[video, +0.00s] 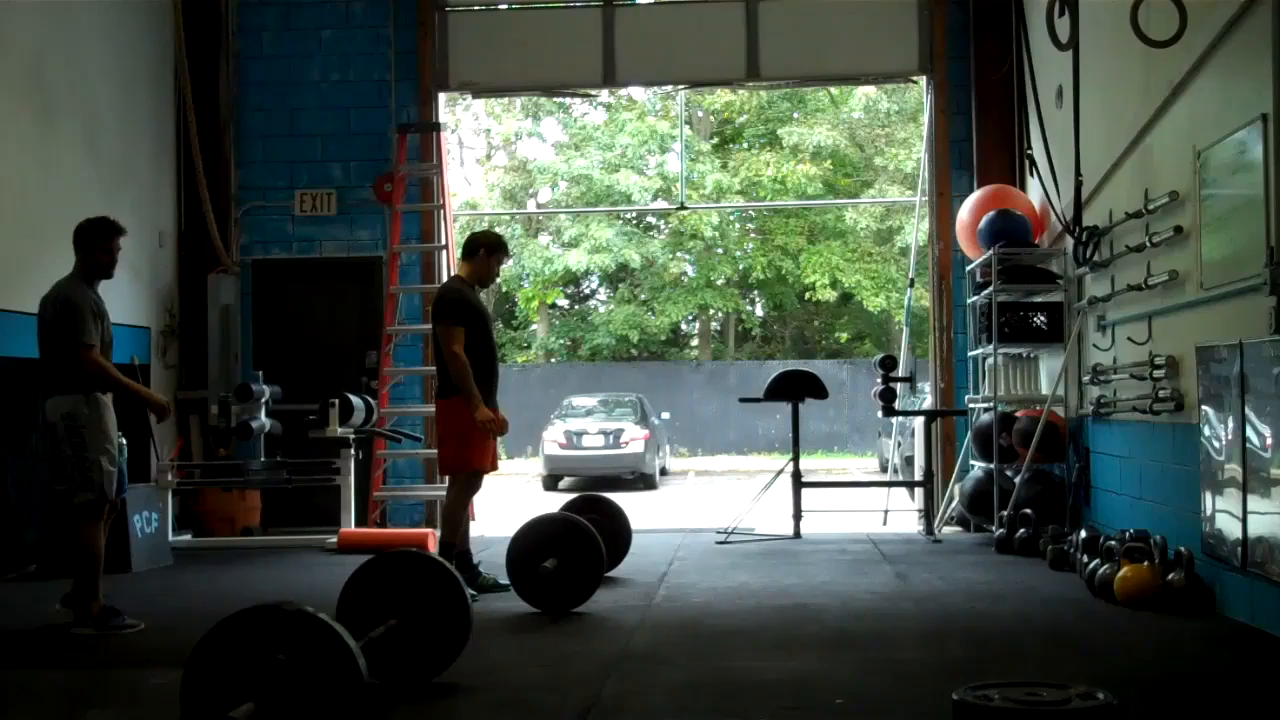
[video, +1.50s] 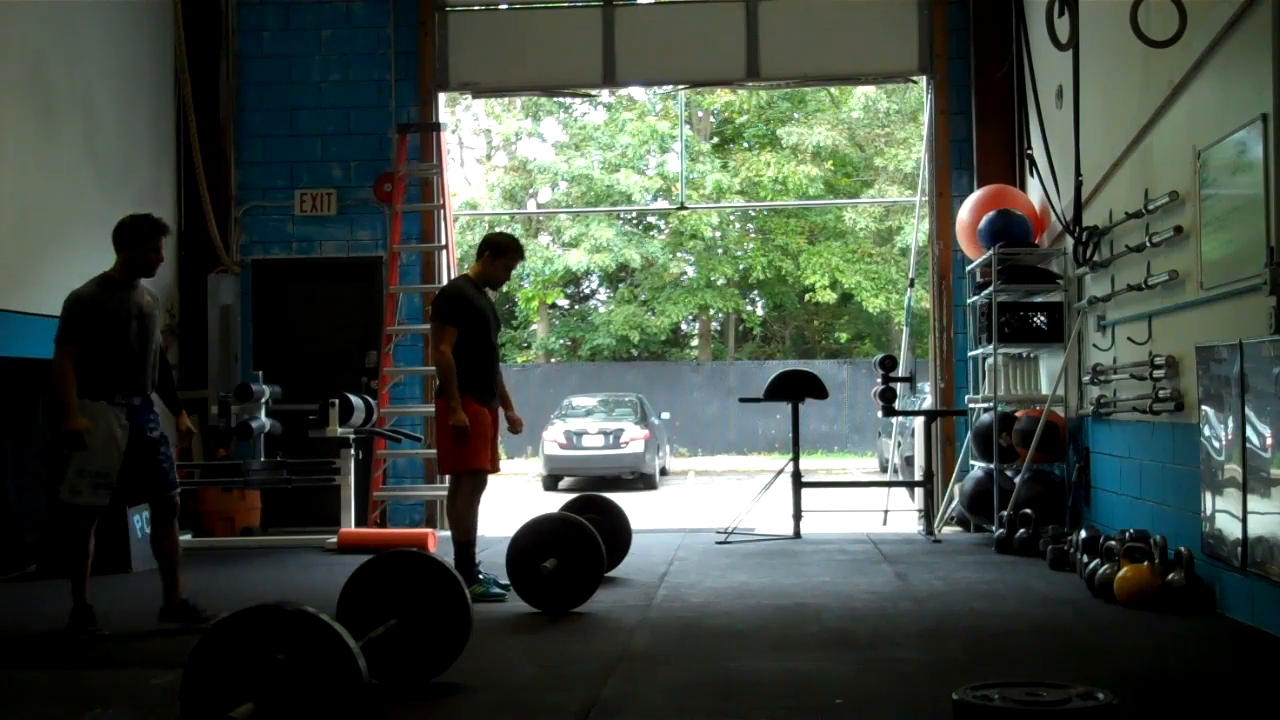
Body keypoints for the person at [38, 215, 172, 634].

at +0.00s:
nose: (118, 258)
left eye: (118, 250)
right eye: (113, 250)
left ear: (89, 251)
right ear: (93, 250)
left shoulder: (66, 295)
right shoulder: (79, 298)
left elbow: (80, 363)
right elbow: (89, 361)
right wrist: (146, 394)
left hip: (72, 412)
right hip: (84, 413)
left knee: (92, 506)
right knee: (95, 508)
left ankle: (82, 596)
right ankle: (91, 607)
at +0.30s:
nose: (126, 263)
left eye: (129, 256)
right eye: (119, 256)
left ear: (127, 257)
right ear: (98, 255)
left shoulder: (112, 306)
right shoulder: (68, 301)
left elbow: (115, 366)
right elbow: (51, 360)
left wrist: (135, 408)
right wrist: (57, 412)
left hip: (102, 410)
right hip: (78, 410)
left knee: (95, 504)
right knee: (94, 503)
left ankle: (77, 599)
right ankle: (92, 602)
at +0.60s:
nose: (121, 263)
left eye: (126, 256)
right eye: (114, 255)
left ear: (131, 260)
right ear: (94, 254)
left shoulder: (129, 311)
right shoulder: (57, 303)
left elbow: (138, 368)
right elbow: (23, 360)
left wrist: (177, 405)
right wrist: (9, 410)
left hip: (108, 418)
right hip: (66, 415)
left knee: (92, 510)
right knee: (72, 509)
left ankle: (82, 596)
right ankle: (69, 601)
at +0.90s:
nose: (111, 261)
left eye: (116, 254)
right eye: (102, 253)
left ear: (121, 256)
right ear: (84, 254)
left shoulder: (133, 307)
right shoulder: (55, 306)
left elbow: (145, 365)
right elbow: (28, 365)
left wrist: (151, 409)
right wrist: (20, 417)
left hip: (112, 416)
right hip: (67, 414)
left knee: (95, 507)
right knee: (78, 504)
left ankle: (77, 597)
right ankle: (77, 601)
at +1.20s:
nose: (123, 258)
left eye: (126, 250)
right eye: (115, 250)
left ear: (129, 251)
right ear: (93, 250)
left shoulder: (134, 303)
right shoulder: (59, 304)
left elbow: (150, 358)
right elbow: (34, 367)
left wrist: (172, 402)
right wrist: (31, 422)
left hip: (124, 425)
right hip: (75, 425)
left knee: (115, 513)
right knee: (79, 514)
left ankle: (99, 595)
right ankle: (80, 607)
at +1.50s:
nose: (161, 257)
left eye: (162, 249)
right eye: (155, 249)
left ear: (142, 251)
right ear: (130, 249)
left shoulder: (151, 302)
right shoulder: (85, 299)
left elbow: (158, 366)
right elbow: (63, 360)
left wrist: (179, 413)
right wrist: (72, 414)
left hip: (144, 417)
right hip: (96, 419)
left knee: (166, 505)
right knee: (88, 514)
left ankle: (174, 601)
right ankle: (80, 607)